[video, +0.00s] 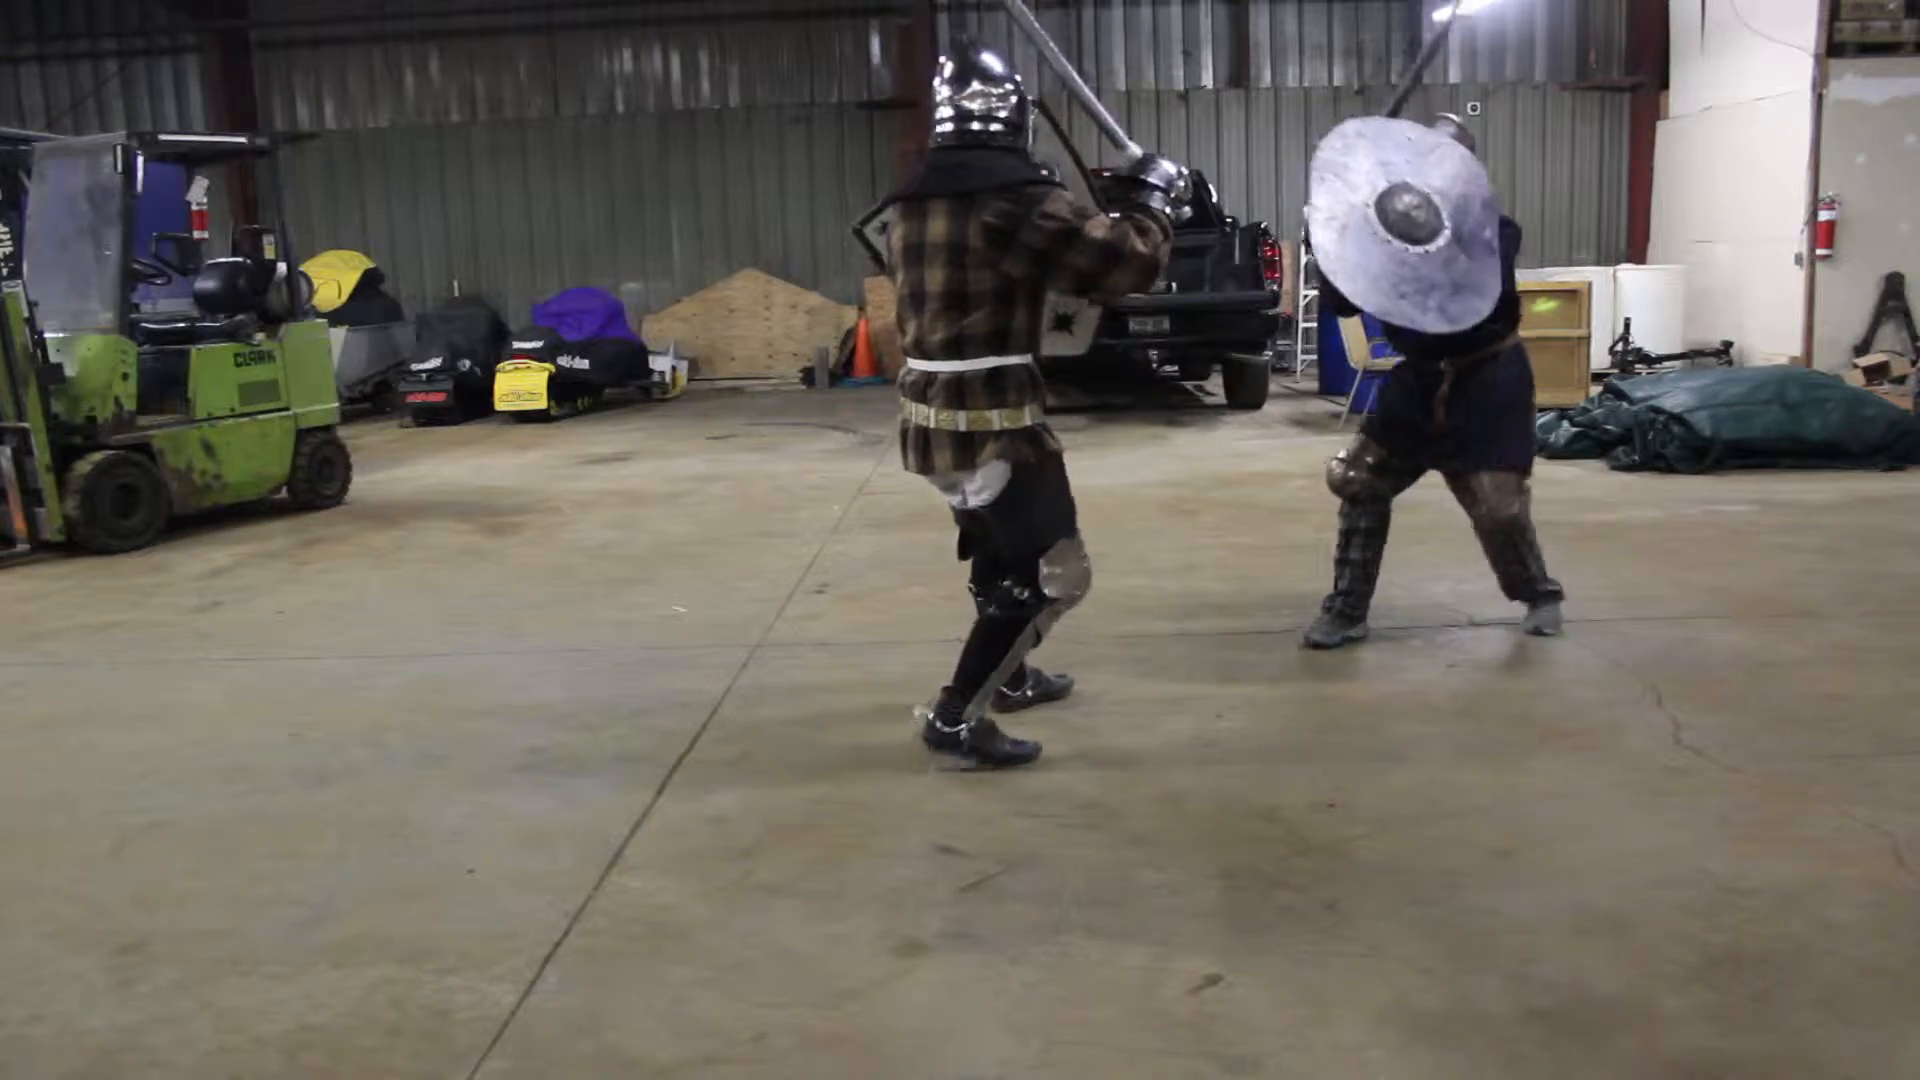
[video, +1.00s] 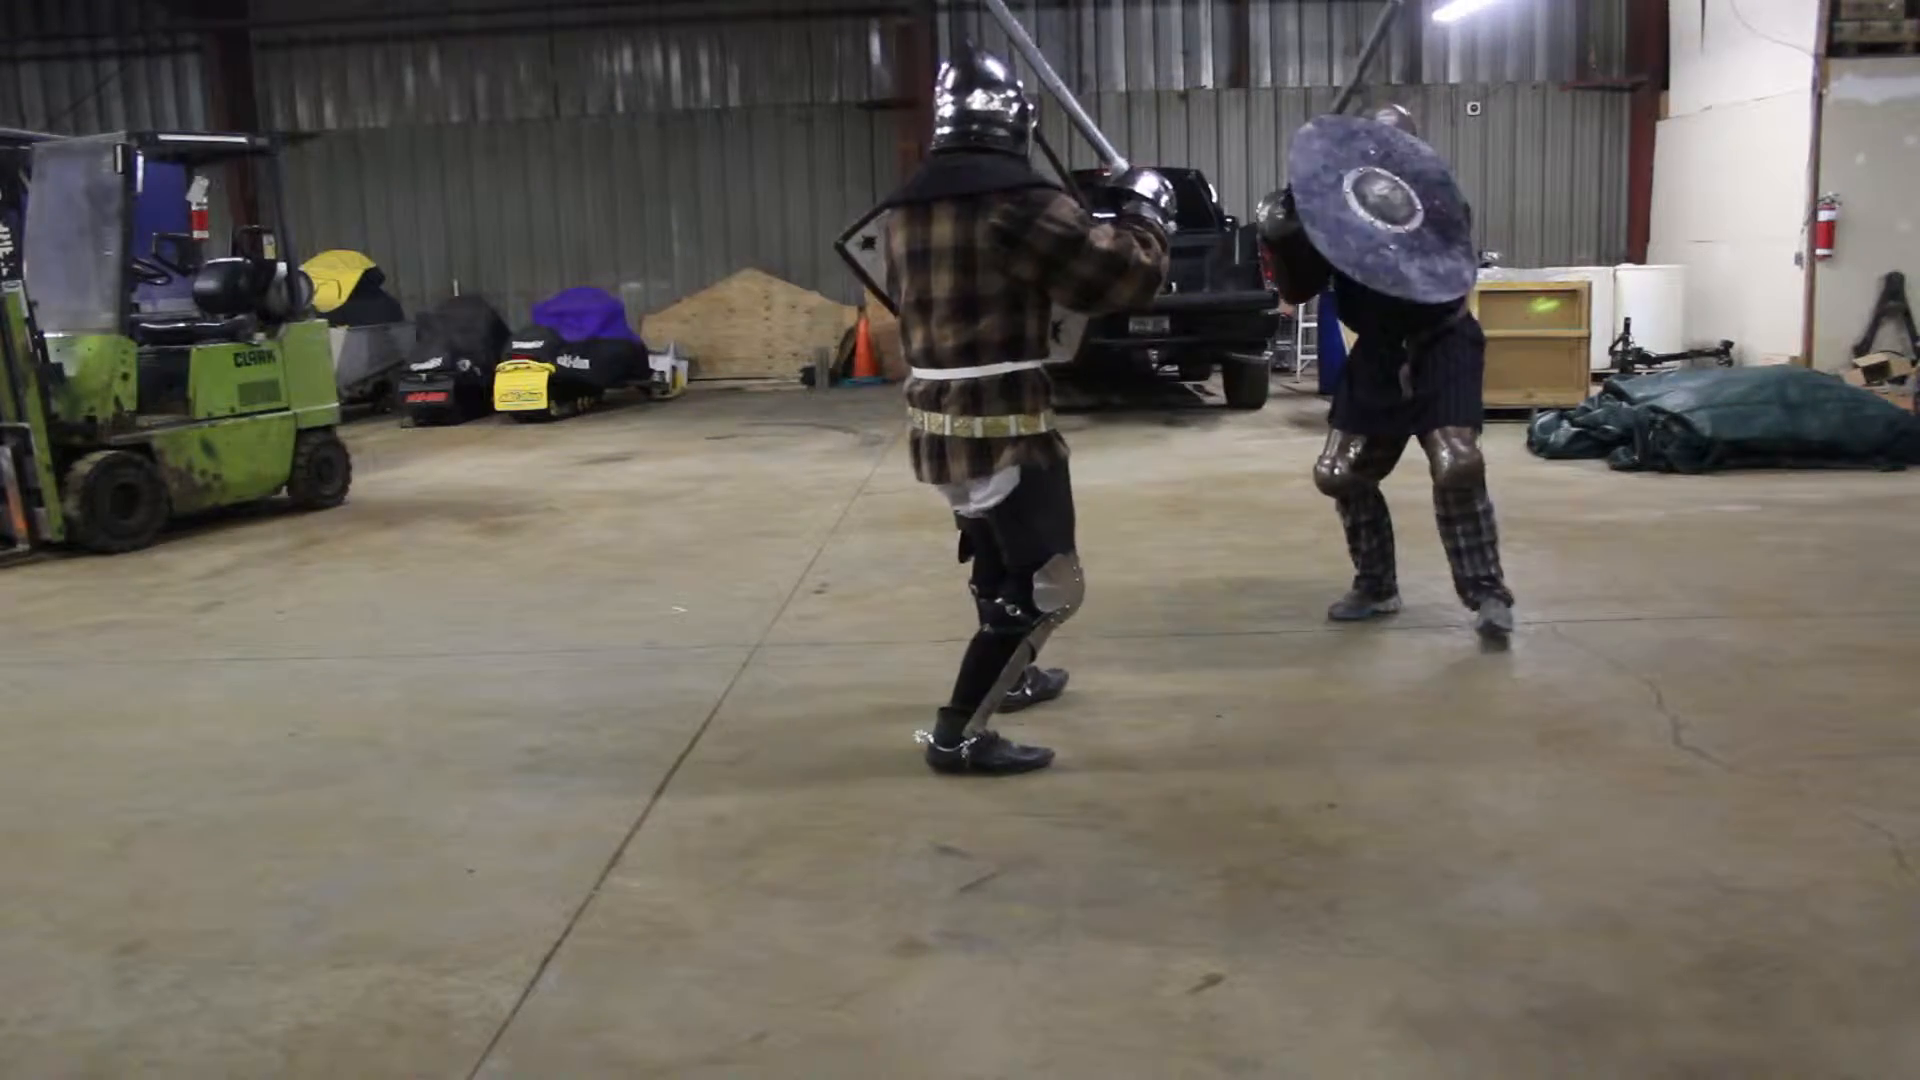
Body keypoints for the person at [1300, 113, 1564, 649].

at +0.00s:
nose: (1441, 175)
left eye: (1453, 164)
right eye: (1431, 164)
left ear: (1471, 171)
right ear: (1412, 173)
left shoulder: (1492, 231)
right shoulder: (1385, 239)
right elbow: (1339, 300)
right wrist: (1333, 232)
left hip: (1491, 369)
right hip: (1419, 372)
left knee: (1495, 498)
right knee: (1362, 478)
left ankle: (1541, 598)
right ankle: (1347, 610)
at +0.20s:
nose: (1452, 155)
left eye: (1464, 142)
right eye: (1443, 141)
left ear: (1485, 148)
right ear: (1428, 146)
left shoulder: (1512, 216)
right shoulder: (1417, 210)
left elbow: (1517, 303)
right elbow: (1356, 277)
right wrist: (1342, 215)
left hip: (1512, 351)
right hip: (1443, 352)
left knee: (1515, 491)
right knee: (1387, 472)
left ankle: (1545, 599)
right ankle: (1354, 600)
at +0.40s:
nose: (1442, 144)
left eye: (1455, 132)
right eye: (1431, 131)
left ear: (1477, 138)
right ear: (1415, 134)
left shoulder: (1504, 206)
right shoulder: (1403, 199)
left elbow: (1508, 290)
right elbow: (1342, 260)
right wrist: (1329, 204)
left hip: (1499, 342)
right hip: (1428, 343)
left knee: (1505, 485)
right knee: (1372, 462)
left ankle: (1542, 598)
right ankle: (1378, 581)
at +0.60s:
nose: (1412, 148)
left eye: (1426, 136)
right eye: (1402, 136)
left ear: (1447, 141)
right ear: (1387, 138)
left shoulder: (1469, 201)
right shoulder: (1373, 197)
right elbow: (1317, 262)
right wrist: (1303, 208)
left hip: (1467, 344)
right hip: (1397, 342)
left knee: (1483, 481)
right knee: (1354, 465)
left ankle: (1536, 595)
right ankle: (1376, 587)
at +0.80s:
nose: (1401, 146)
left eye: (1413, 136)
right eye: (1392, 135)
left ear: (1427, 142)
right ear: (1374, 138)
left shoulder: (1446, 202)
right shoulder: (1349, 198)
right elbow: (1303, 282)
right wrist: (1286, 227)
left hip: (1448, 336)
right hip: (1380, 337)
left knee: (1460, 465)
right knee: (1344, 469)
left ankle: (1500, 585)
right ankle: (1375, 586)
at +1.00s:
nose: (1383, 157)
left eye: (1396, 146)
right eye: (1373, 147)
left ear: (1412, 149)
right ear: (1355, 152)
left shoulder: (1434, 199)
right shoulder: (1333, 201)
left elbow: (1459, 267)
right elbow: (1298, 291)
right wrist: (1281, 238)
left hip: (1445, 332)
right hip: (1378, 342)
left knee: (1457, 466)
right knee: (1340, 472)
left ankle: (1489, 597)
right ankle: (1376, 587)